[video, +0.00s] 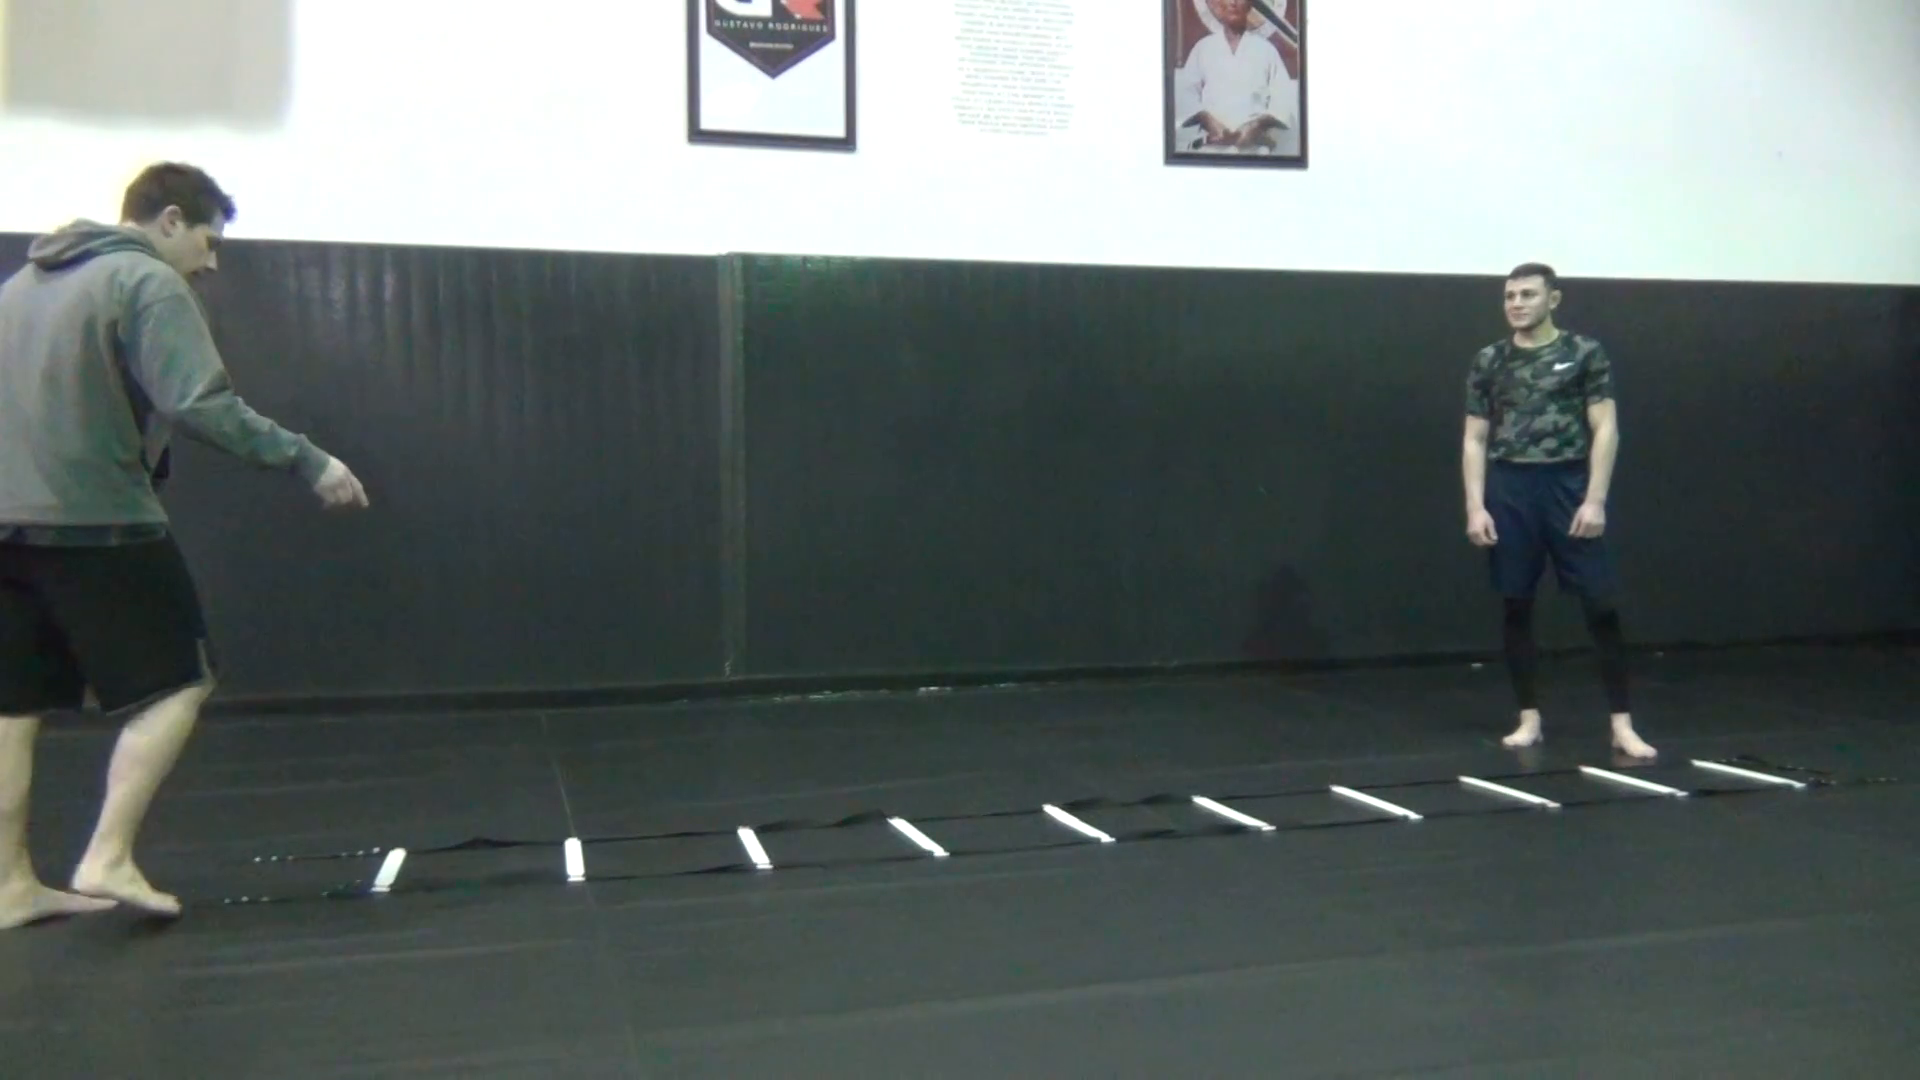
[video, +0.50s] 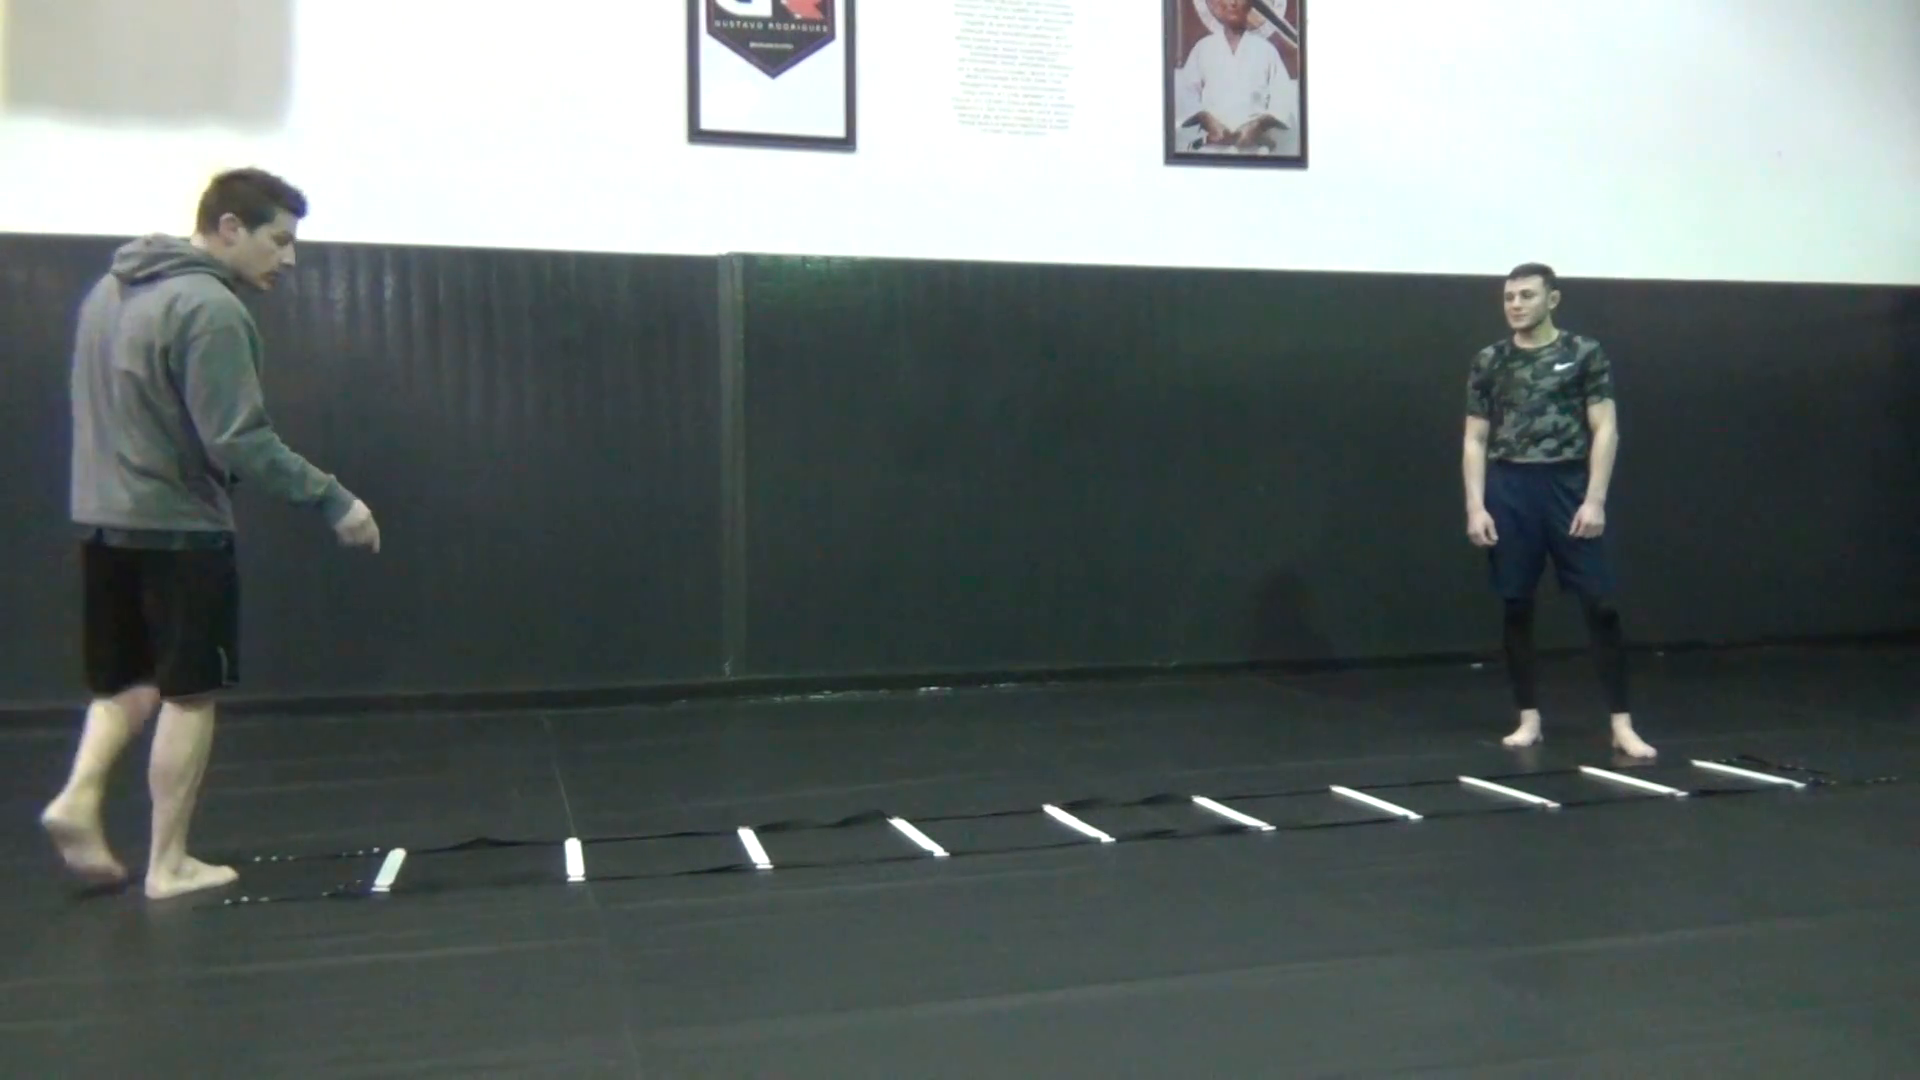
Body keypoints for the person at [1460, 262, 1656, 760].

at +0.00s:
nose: (1516, 304)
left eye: (1528, 295)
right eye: (1510, 297)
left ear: (1553, 299)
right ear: (1504, 303)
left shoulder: (1586, 353)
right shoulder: (1489, 361)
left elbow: (1605, 428)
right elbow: (1474, 438)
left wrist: (1595, 499)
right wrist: (1475, 506)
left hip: (1571, 491)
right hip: (1509, 492)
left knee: (1601, 604)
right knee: (1515, 605)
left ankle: (1621, 724)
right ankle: (1528, 718)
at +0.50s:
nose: (1516, 305)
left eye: (1527, 296)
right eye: (1510, 298)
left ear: (1552, 299)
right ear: (1503, 304)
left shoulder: (1585, 353)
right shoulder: (1489, 361)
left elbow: (1604, 428)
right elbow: (1475, 438)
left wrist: (1595, 499)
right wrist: (1475, 506)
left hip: (1570, 490)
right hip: (1509, 491)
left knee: (1601, 603)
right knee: (1515, 605)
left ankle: (1621, 724)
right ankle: (1528, 718)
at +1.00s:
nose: (1514, 304)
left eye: (1525, 296)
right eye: (1508, 297)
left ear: (1551, 300)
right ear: (1502, 304)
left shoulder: (1585, 354)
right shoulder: (1488, 361)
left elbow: (1604, 429)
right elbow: (1475, 439)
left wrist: (1595, 500)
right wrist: (1475, 507)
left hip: (1570, 490)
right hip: (1510, 491)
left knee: (1600, 604)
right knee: (1515, 605)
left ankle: (1621, 724)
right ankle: (1528, 718)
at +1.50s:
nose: (1513, 304)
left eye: (1524, 295)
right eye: (1508, 297)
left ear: (1552, 300)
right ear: (1503, 303)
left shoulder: (1586, 353)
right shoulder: (1488, 360)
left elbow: (1605, 427)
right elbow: (1473, 437)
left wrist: (1595, 499)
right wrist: (1472, 505)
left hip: (1570, 491)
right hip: (1509, 491)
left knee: (1601, 604)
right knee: (1516, 603)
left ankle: (1621, 723)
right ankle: (1528, 717)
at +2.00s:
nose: (1514, 304)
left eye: (1525, 296)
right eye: (1509, 297)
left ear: (1552, 300)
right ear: (1504, 304)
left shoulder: (1586, 353)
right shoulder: (1489, 360)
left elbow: (1605, 429)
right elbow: (1473, 437)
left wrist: (1596, 499)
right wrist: (1472, 502)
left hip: (1570, 490)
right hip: (1508, 491)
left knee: (1602, 604)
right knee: (1515, 605)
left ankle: (1621, 724)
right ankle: (1528, 718)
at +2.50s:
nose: (1513, 305)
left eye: (1524, 296)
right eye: (1508, 298)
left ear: (1551, 300)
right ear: (1503, 304)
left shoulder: (1586, 353)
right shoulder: (1489, 361)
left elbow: (1603, 431)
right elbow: (1474, 437)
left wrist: (1597, 499)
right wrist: (1474, 499)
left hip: (1570, 489)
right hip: (1509, 491)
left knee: (1600, 603)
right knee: (1515, 604)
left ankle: (1620, 723)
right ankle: (1528, 717)